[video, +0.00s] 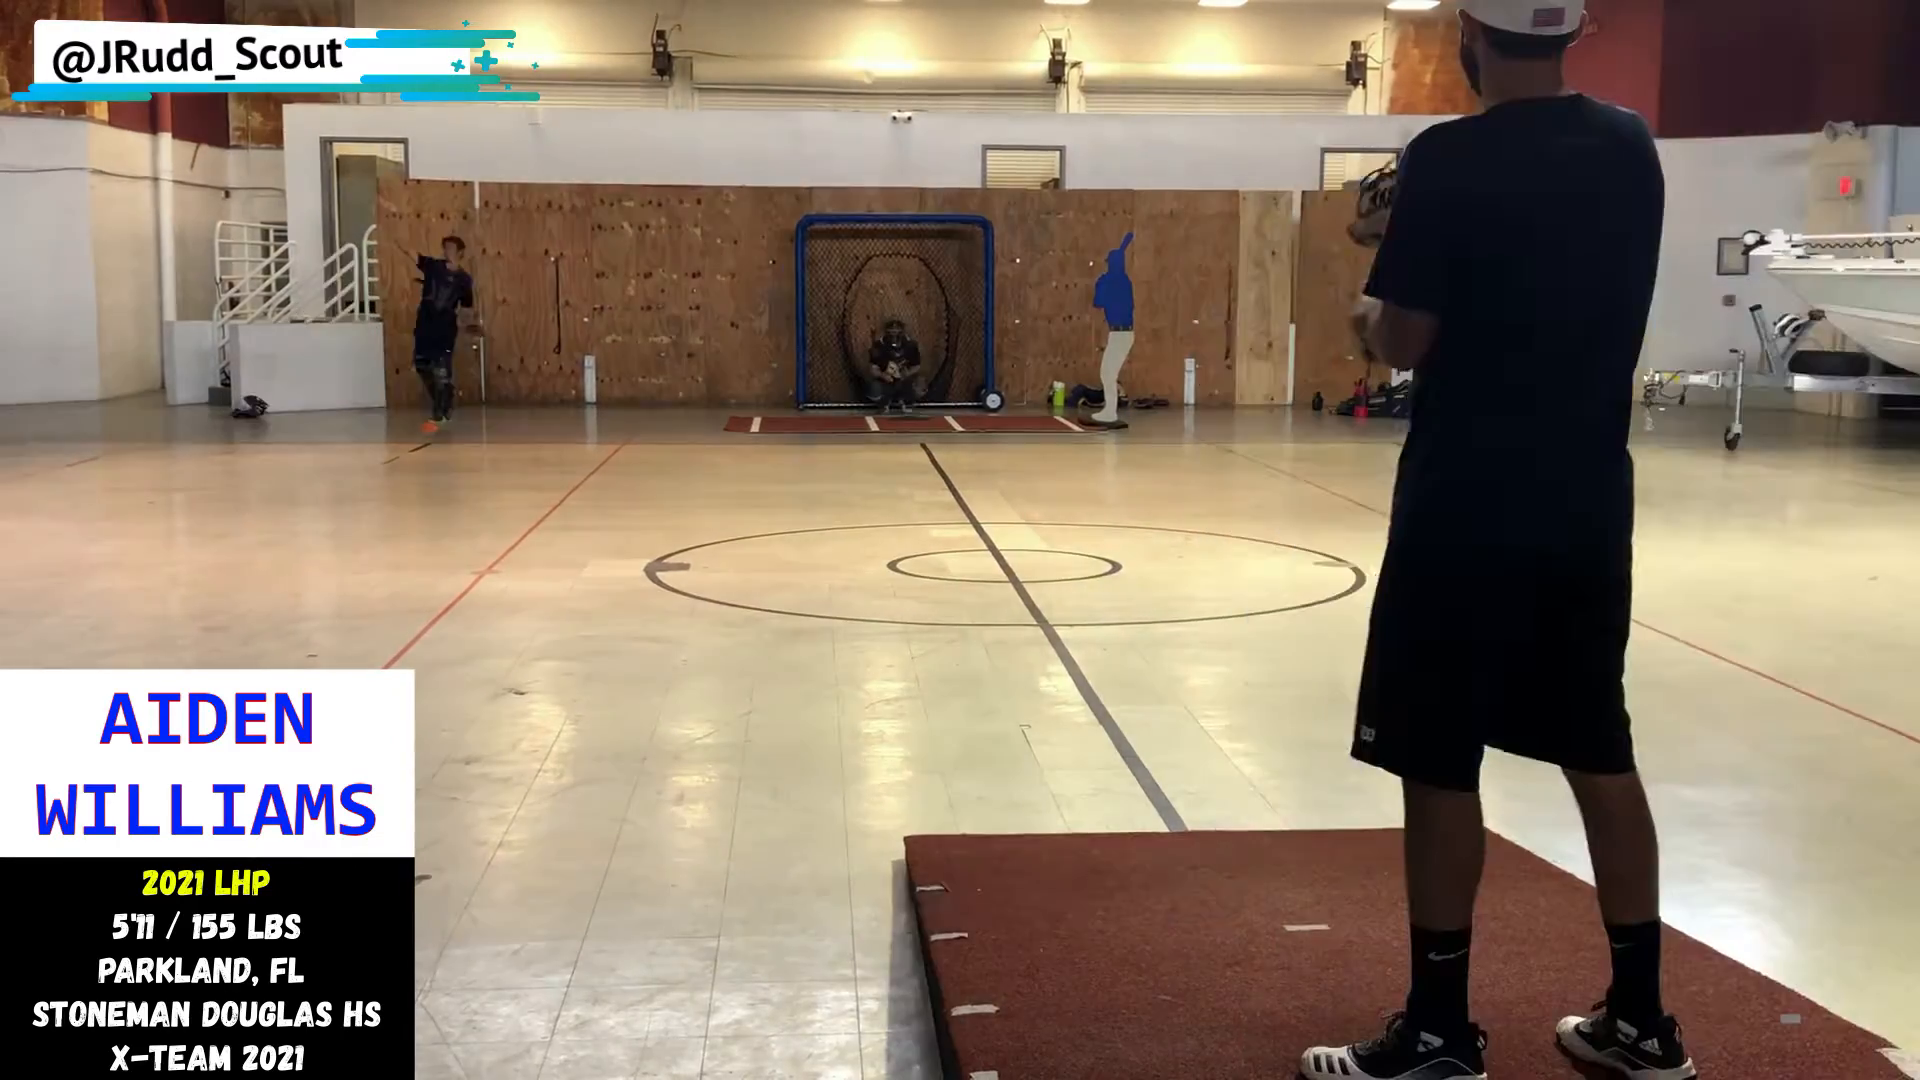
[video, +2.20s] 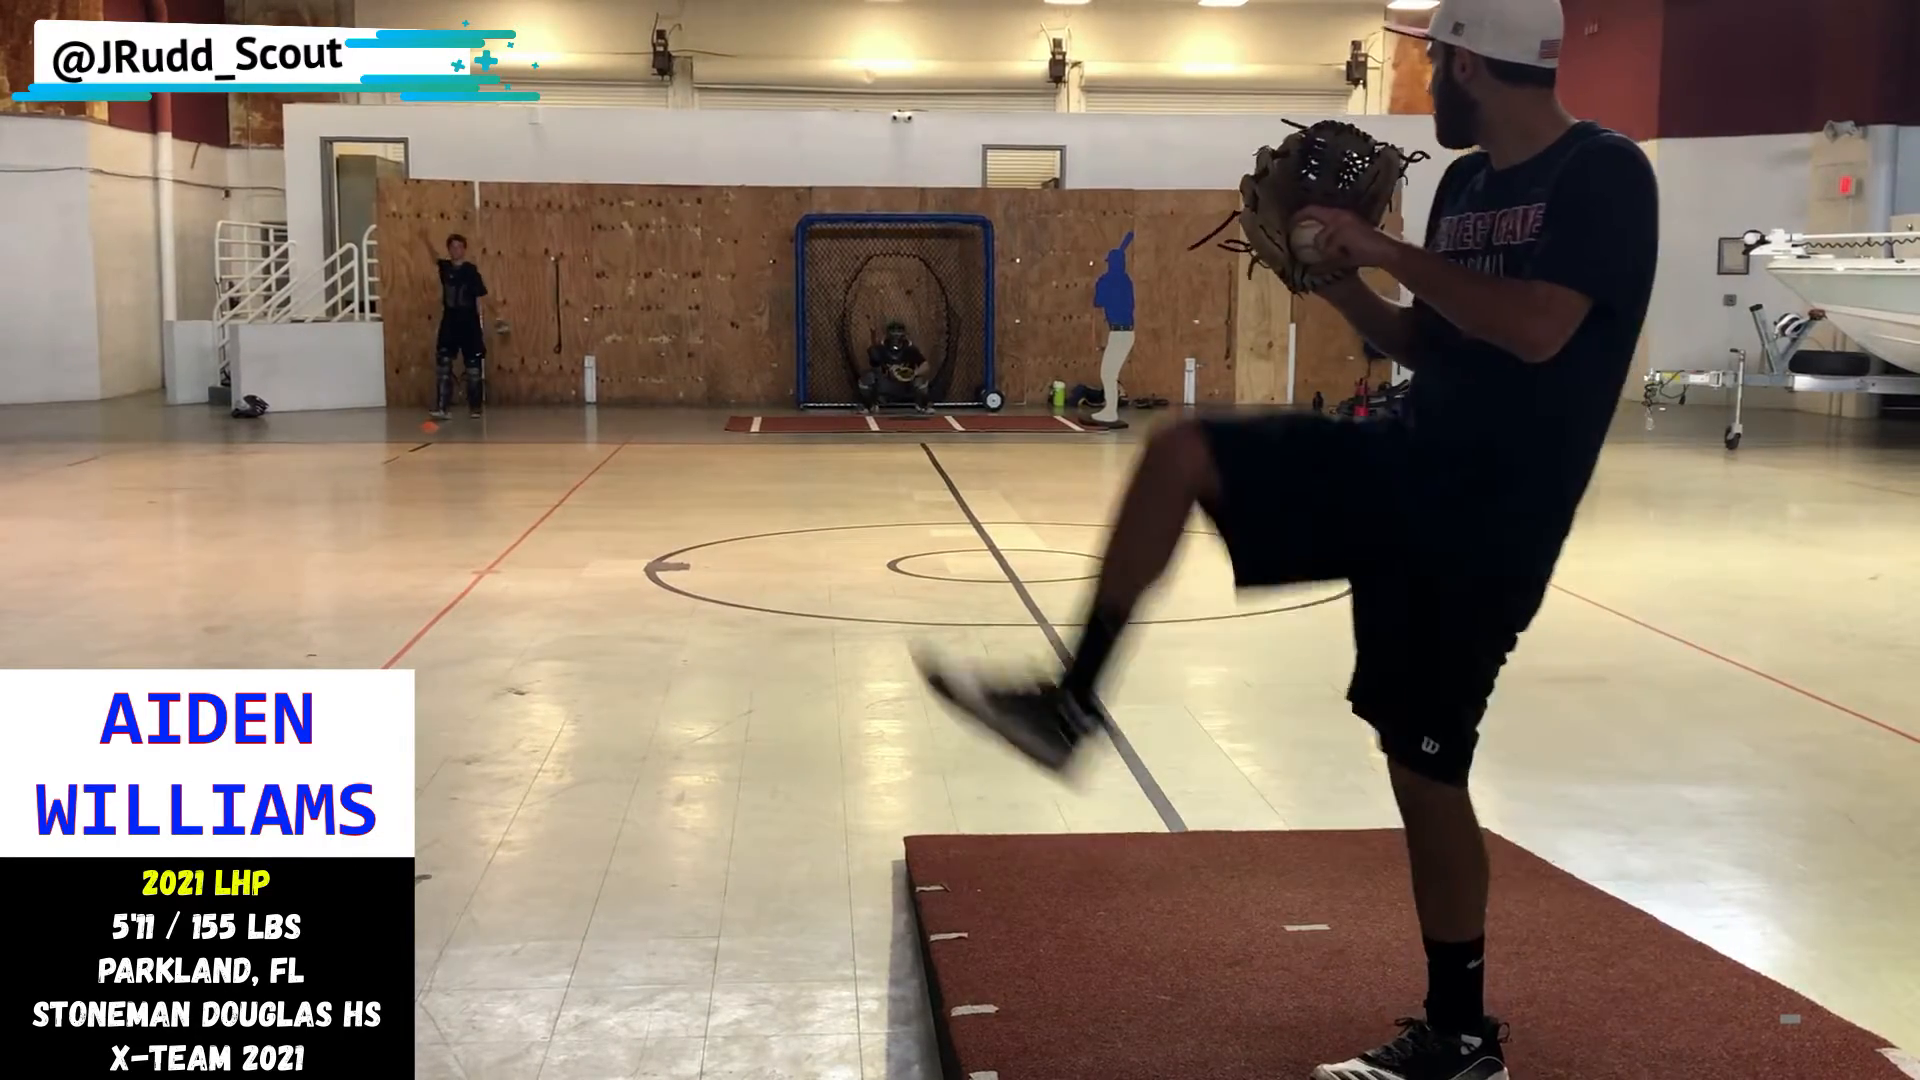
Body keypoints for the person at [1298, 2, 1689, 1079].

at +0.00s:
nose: (1453, 48)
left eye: (1456, 33)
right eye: (1464, 32)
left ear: (1472, 44)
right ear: (1567, 40)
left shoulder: (1446, 156)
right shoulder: (1629, 147)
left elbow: (1402, 338)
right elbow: (1594, 313)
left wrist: (1377, 308)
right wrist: (1426, 259)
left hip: (1462, 508)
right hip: (1588, 507)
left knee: (1438, 756)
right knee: (1600, 747)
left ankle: (1437, 1027)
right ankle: (1639, 1011)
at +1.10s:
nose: (1442, 95)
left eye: (1443, 72)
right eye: (1443, 73)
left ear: (1467, 71)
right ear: (1547, 69)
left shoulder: (1530, 178)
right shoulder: (1604, 169)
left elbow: (1517, 363)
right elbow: (1567, 355)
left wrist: (1425, 339)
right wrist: (1453, 336)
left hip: (1580, 534)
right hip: (1657, 525)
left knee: (1465, 754)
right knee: (1622, 762)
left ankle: (1436, 1026)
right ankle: (1688, 1002)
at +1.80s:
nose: (1463, 72)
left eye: (1472, 51)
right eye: (1466, 52)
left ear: (1505, 60)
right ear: (1543, 63)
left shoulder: (1626, 176)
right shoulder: (1505, 188)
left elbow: (1549, 332)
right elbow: (1488, 353)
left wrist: (1393, 246)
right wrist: (1378, 285)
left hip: (1592, 539)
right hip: (1538, 533)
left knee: (1457, 761)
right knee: (1559, 762)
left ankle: (1460, 1029)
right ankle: (1675, 988)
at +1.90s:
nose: (1452, 80)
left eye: (1460, 57)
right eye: (1456, 57)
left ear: (1491, 63)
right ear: (1526, 66)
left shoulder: (1623, 174)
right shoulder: (1495, 190)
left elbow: (1550, 326)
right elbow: (1455, 352)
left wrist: (1394, 248)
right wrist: (1358, 274)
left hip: (1564, 533)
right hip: (1485, 517)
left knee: (1445, 763)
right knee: (1413, 747)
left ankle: (1458, 1029)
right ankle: (1582, 904)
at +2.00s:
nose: (1445, 85)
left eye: (1452, 59)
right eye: (1446, 62)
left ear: (1489, 60)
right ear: (1526, 62)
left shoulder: (1624, 171)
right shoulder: (1485, 185)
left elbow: (1547, 326)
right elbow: (1452, 354)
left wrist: (1391, 243)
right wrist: (1352, 277)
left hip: (1539, 533)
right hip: (1446, 504)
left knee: (1429, 778)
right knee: (1296, 685)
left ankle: (1457, 1028)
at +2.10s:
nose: (1440, 79)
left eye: (1446, 55)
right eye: (1442, 57)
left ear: (1483, 58)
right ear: (1517, 61)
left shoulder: (1620, 172)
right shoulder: (1476, 183)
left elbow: (1547, 325)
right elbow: (1441, 344)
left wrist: (1390, 245)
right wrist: (1342, 278)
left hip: (1514, 526)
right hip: (1421, 483)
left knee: (1430, 771)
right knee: (1215, 575)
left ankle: (1457, 1030)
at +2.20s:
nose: (1431, 81)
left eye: (1439, 58)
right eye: (1433, 59)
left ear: (1475, 60)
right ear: (1513, 63)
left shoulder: (1608, 174)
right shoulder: (1463, 184)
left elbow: (1538, 326)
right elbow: (1421, 343)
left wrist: (1383, 250)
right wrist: (1334, 280)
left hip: (1488, 522)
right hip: (1398, 470)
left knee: (1425, 762)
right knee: (1179, 451)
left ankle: (1458, 1031)